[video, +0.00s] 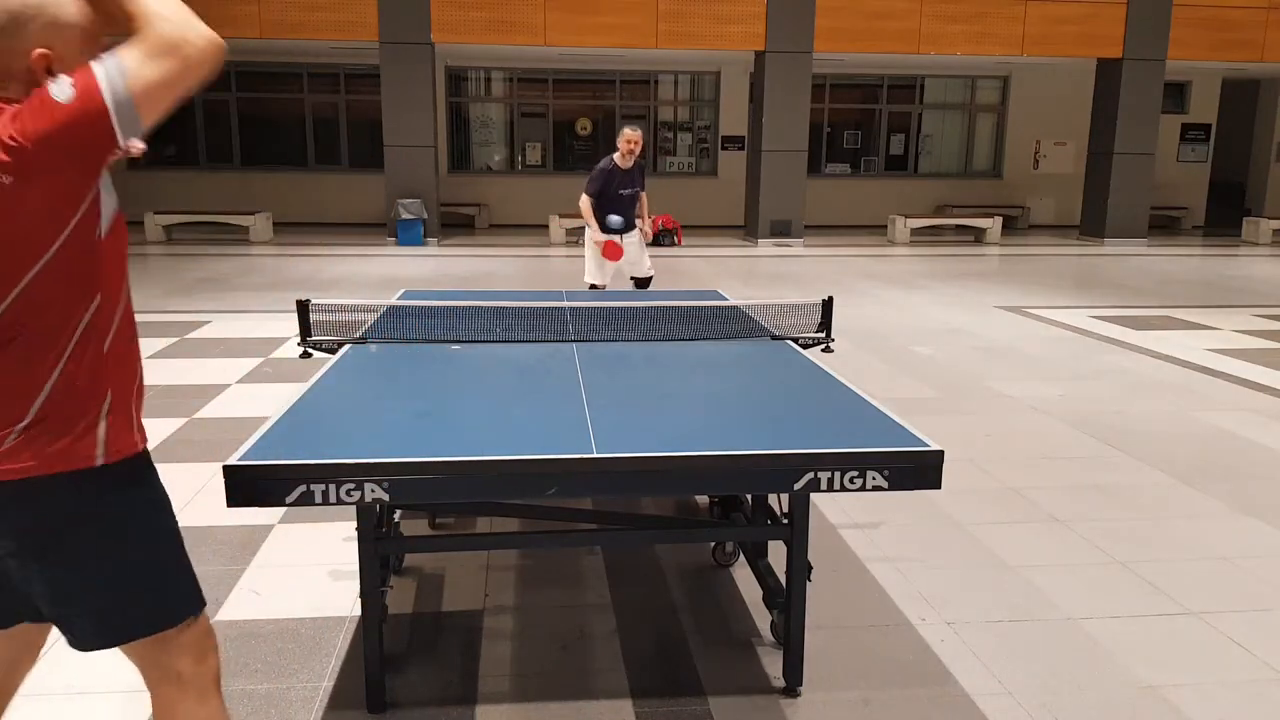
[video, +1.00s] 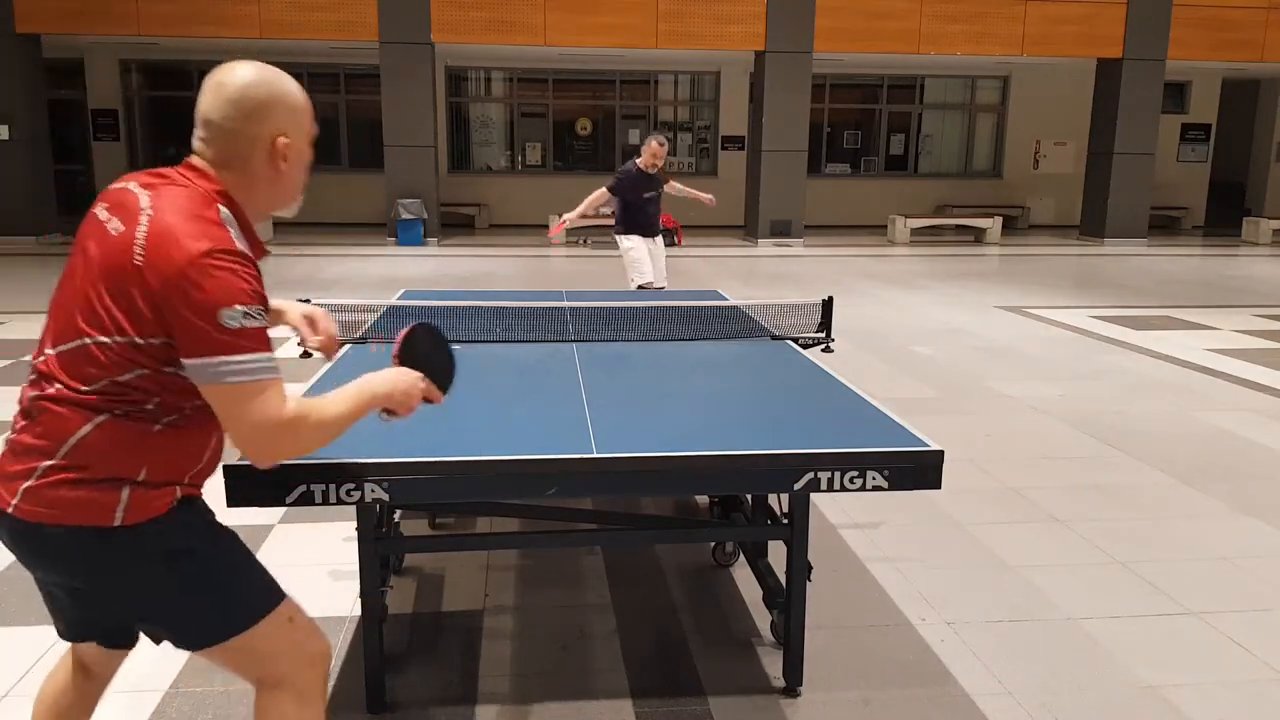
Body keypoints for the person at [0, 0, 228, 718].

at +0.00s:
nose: (100, 65)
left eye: (97, 50)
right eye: (88, 50)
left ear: (27, 65)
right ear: (42, 64)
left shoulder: (21, 130)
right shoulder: (40, 136)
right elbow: (191, 45)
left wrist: (92, 135)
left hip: (17, 461)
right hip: (78, 465)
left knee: (12, 644)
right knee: (185, 661)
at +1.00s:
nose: (313, 161)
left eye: (312, 144)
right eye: (310, 143)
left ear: (206, 133)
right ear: (279, 151)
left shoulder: (131, 194)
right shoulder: (203, 255)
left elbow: (170, 302)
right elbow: (268, 437)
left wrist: (279, 311)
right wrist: (374, 390)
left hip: (39, 496)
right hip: (120, 510)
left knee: (90, 657)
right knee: (297, 662)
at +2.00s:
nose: (116, 96)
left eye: (113, 78)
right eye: (110, 78)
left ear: (9, 89)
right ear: (80, 85)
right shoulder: (99, 163)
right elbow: (264, 131)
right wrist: (182, 36)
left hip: (10, 503)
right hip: (123, 492)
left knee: (59, 666)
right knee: (254, 688)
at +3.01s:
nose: (402, 253)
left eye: (407, 239)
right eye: (404, 239)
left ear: (309, 207)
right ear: (376, 244)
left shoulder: (254, 244)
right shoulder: (267, 334)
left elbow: (339, 348)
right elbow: (241, 528)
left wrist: (393, 339)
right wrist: (376, 532)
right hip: (110, 527)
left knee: (165, 623)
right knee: (303, 668)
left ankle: (69, 713)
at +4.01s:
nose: (125, 87)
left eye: (122, 72)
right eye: (119, 72)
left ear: (26, 82)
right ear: (92, 79)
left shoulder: (3, 152)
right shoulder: (107, 160)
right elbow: (279, 200)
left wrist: (140, 228)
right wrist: (254, 105)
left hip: (13, 464)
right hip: (105, 461)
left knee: (52, 639)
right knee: (230, 652)